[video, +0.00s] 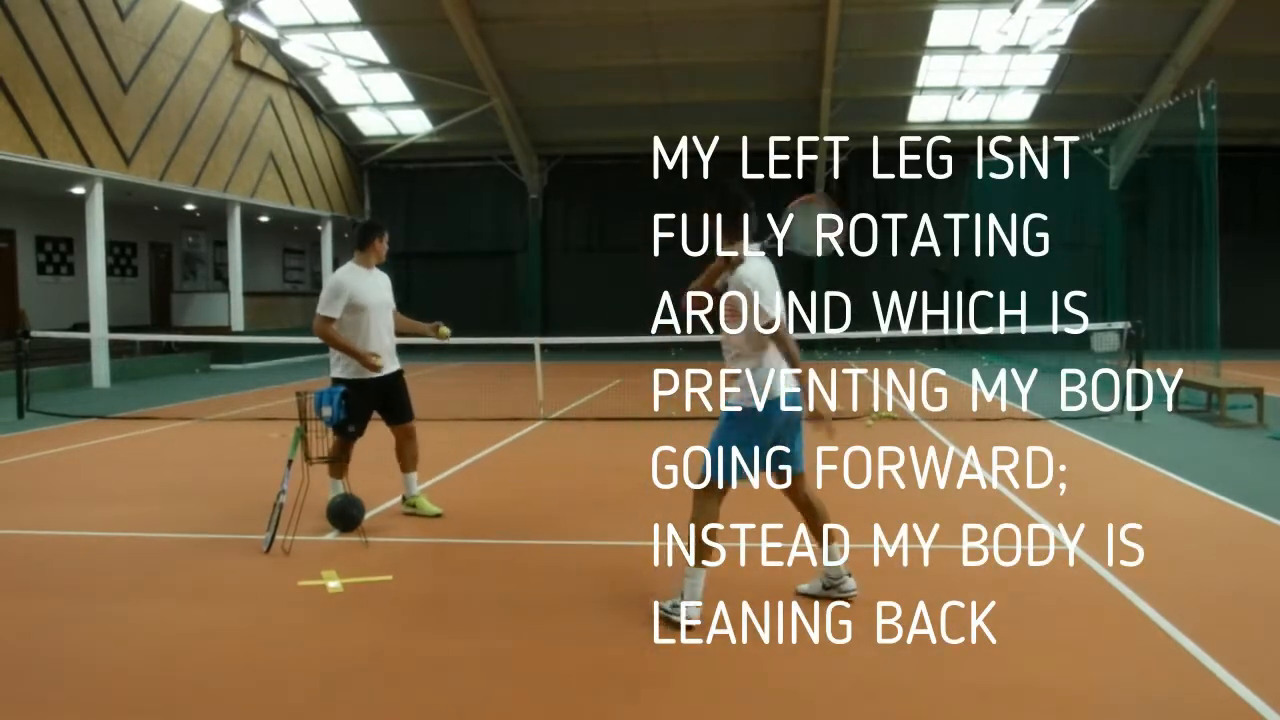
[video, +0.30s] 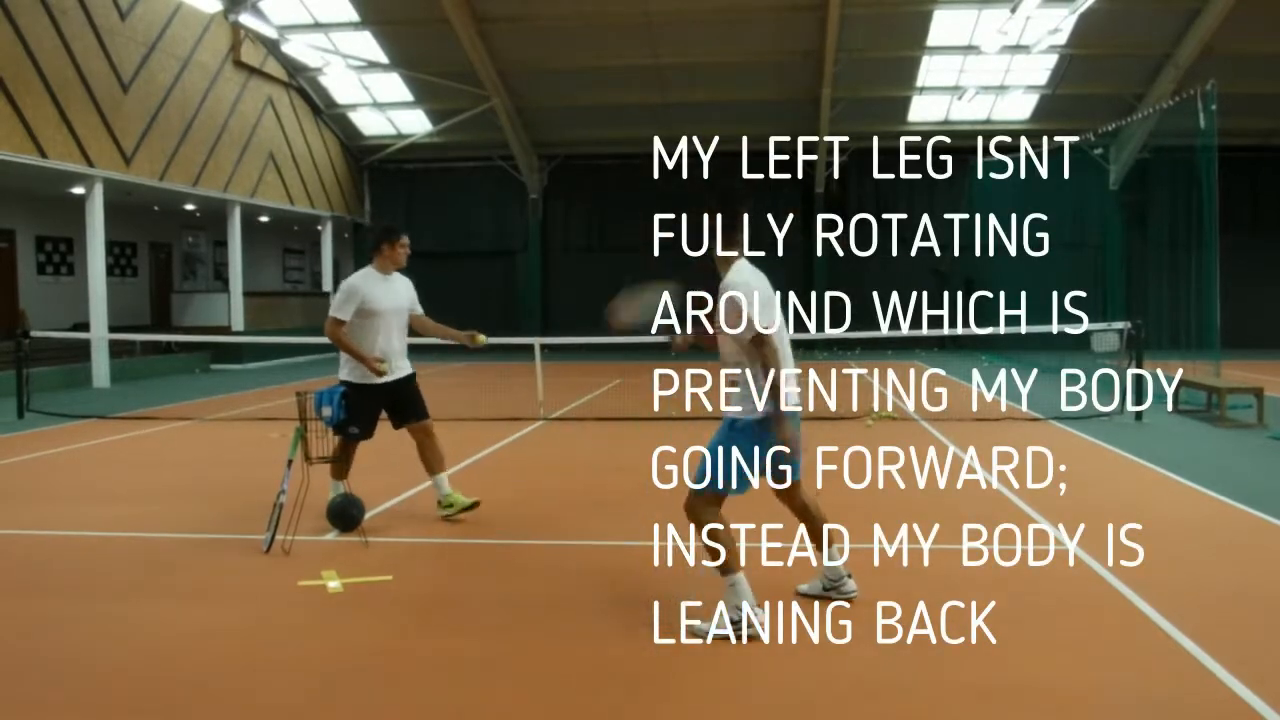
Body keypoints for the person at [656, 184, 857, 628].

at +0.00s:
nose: (711, 237)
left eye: (714, 230)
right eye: (713, 230)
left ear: (727, 234)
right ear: (745, 230)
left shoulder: (747, 278)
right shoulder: (750, 265)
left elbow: (783, 339)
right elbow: (693, 299)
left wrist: (812, 392)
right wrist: (724, 259)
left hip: (753, 403)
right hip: (780, 400)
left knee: (707, 489)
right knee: (795, 485)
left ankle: (691, 599)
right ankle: (835, 572)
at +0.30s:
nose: (695, 243)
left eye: (700, 233)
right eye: (699, 232)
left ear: (716, 238)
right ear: (735, 236)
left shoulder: (741, 287)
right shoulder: (746, 278)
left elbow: (772, 353)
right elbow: (746, 342)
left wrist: (779, 416)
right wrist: (702, 340)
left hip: (752, 418)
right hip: (773, 411)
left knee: (700, 505)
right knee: (790, 491)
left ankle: (741, 609)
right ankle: (837, 574)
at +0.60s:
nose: (691, 218)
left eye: (686, 209)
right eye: (718, 207)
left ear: (686, 209)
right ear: (725, 210)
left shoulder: (676, 252)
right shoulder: (749, 255)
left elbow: (677, 323)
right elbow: (766, 327)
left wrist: (630, 371)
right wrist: (731, 357)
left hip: (703, 400)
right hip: (749, 396)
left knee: (691, 498)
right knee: (745, 489)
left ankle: (735, 608)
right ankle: (760, 600)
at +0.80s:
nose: (700, 227)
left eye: (689, 220)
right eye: (705, 221)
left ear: (669, 221)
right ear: (707, 221)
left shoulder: (644, 264)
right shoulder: (733, 267)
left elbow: (630, 335)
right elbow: (761, 335)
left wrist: (597, 381)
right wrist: (752, 371)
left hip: (659, 416)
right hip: (720, 415)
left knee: (632, 515)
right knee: (735, 510)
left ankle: (621, 624)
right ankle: (750, 619)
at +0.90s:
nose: (680, 228)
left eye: (671, 221)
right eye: (684, 220)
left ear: (647, 223)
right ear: (685, 222)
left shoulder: (617, 268)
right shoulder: (709, 269)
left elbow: (598, 345)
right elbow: (734, 340)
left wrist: (618, 386)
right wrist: (742, 368)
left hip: (634, 415)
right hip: (695, 415)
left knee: (608, 524)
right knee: (722, 523)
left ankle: (576, 634)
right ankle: (747, 620)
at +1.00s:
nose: (666, 233)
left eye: (653, 223)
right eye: (667, 225)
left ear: (626, 226)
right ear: (666, 228)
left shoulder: (597, 278)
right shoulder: (679, 280)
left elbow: (581, 355)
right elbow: (701, 354)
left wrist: (624, 373)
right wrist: (722, 379)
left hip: (605, 432)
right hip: (663, 432)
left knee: (592, 543)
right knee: (704, 532)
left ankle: (569, 659)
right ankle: (750, 618)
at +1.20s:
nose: (650, 198)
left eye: (635, 190)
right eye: (652, 191)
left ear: (607, 191)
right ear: (651, 192)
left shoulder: (584, 244)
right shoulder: (646, 247)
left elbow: (576, 317)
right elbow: (650, 330)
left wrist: (648, 332)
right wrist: (670, 369)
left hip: (573, 407)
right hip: (624, 411)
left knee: (586, 525)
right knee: (664, 526)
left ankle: (565, 650)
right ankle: (676, 654)